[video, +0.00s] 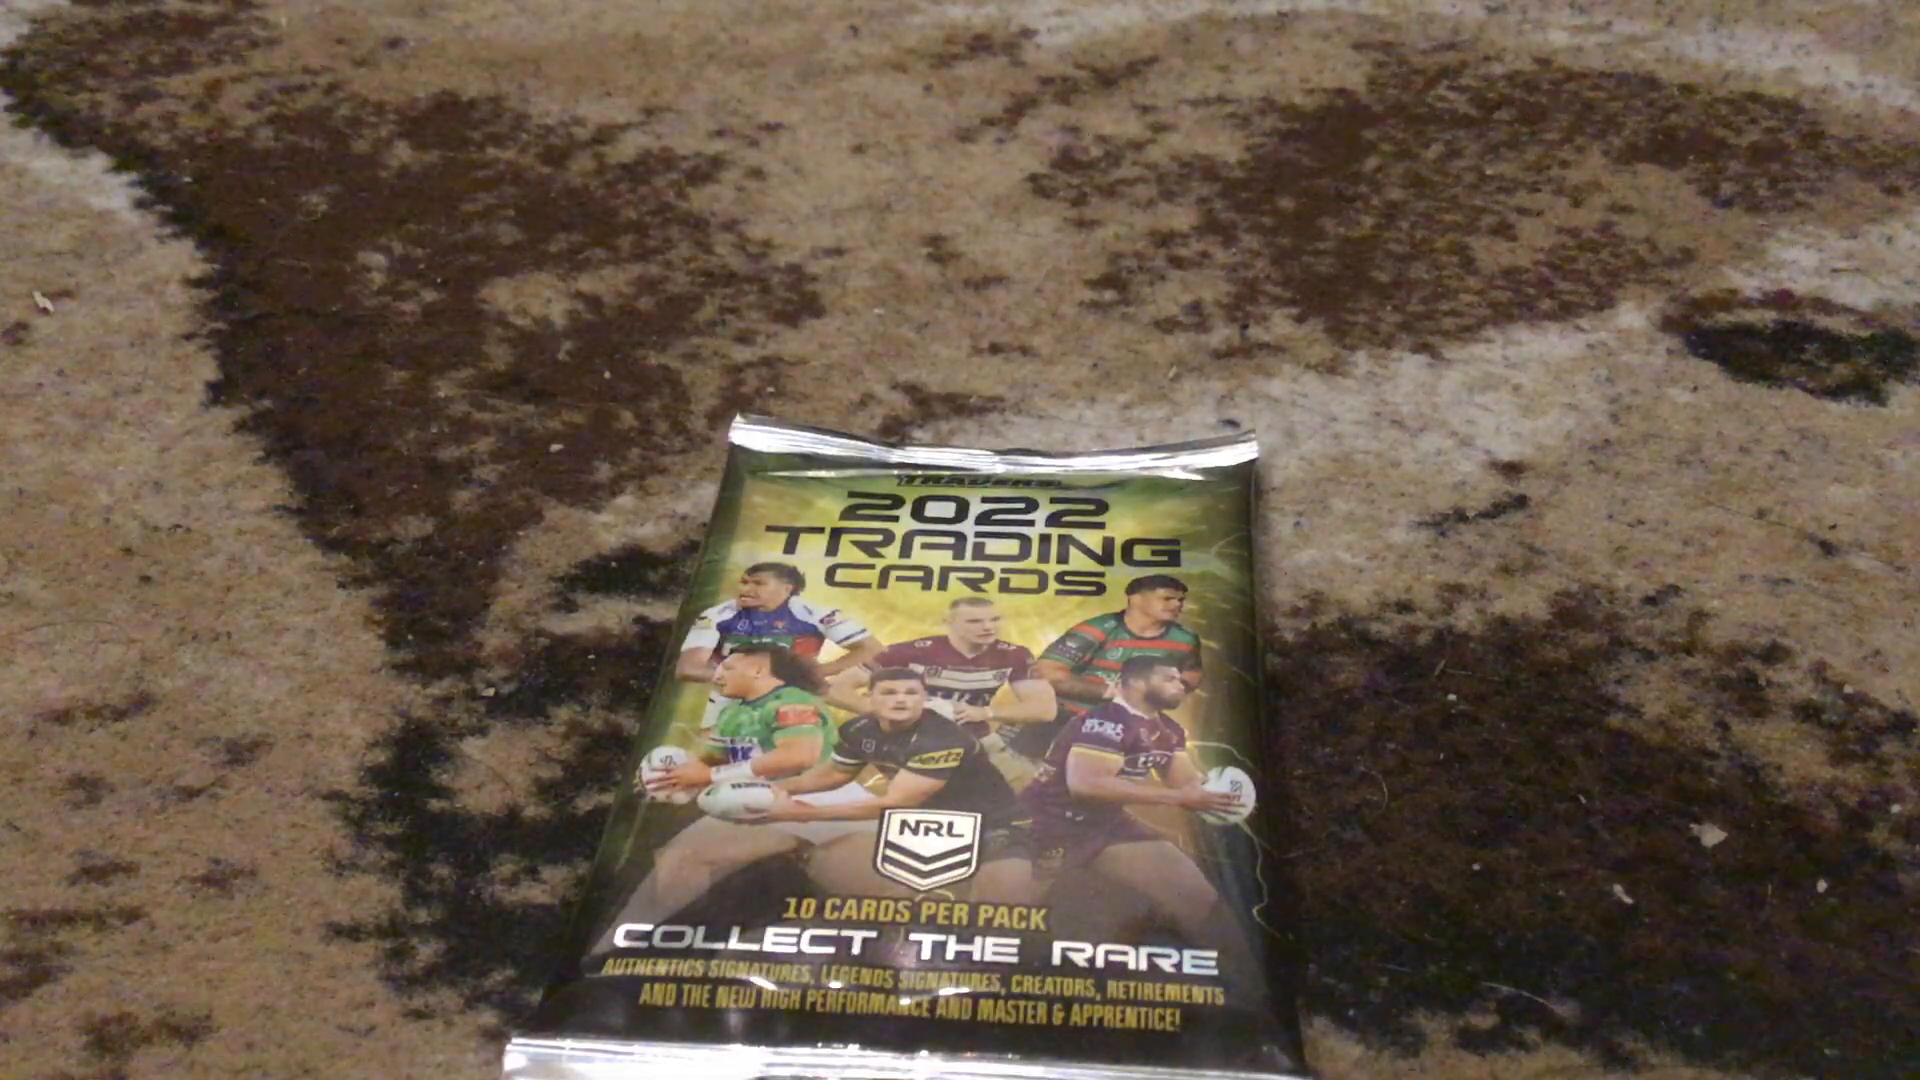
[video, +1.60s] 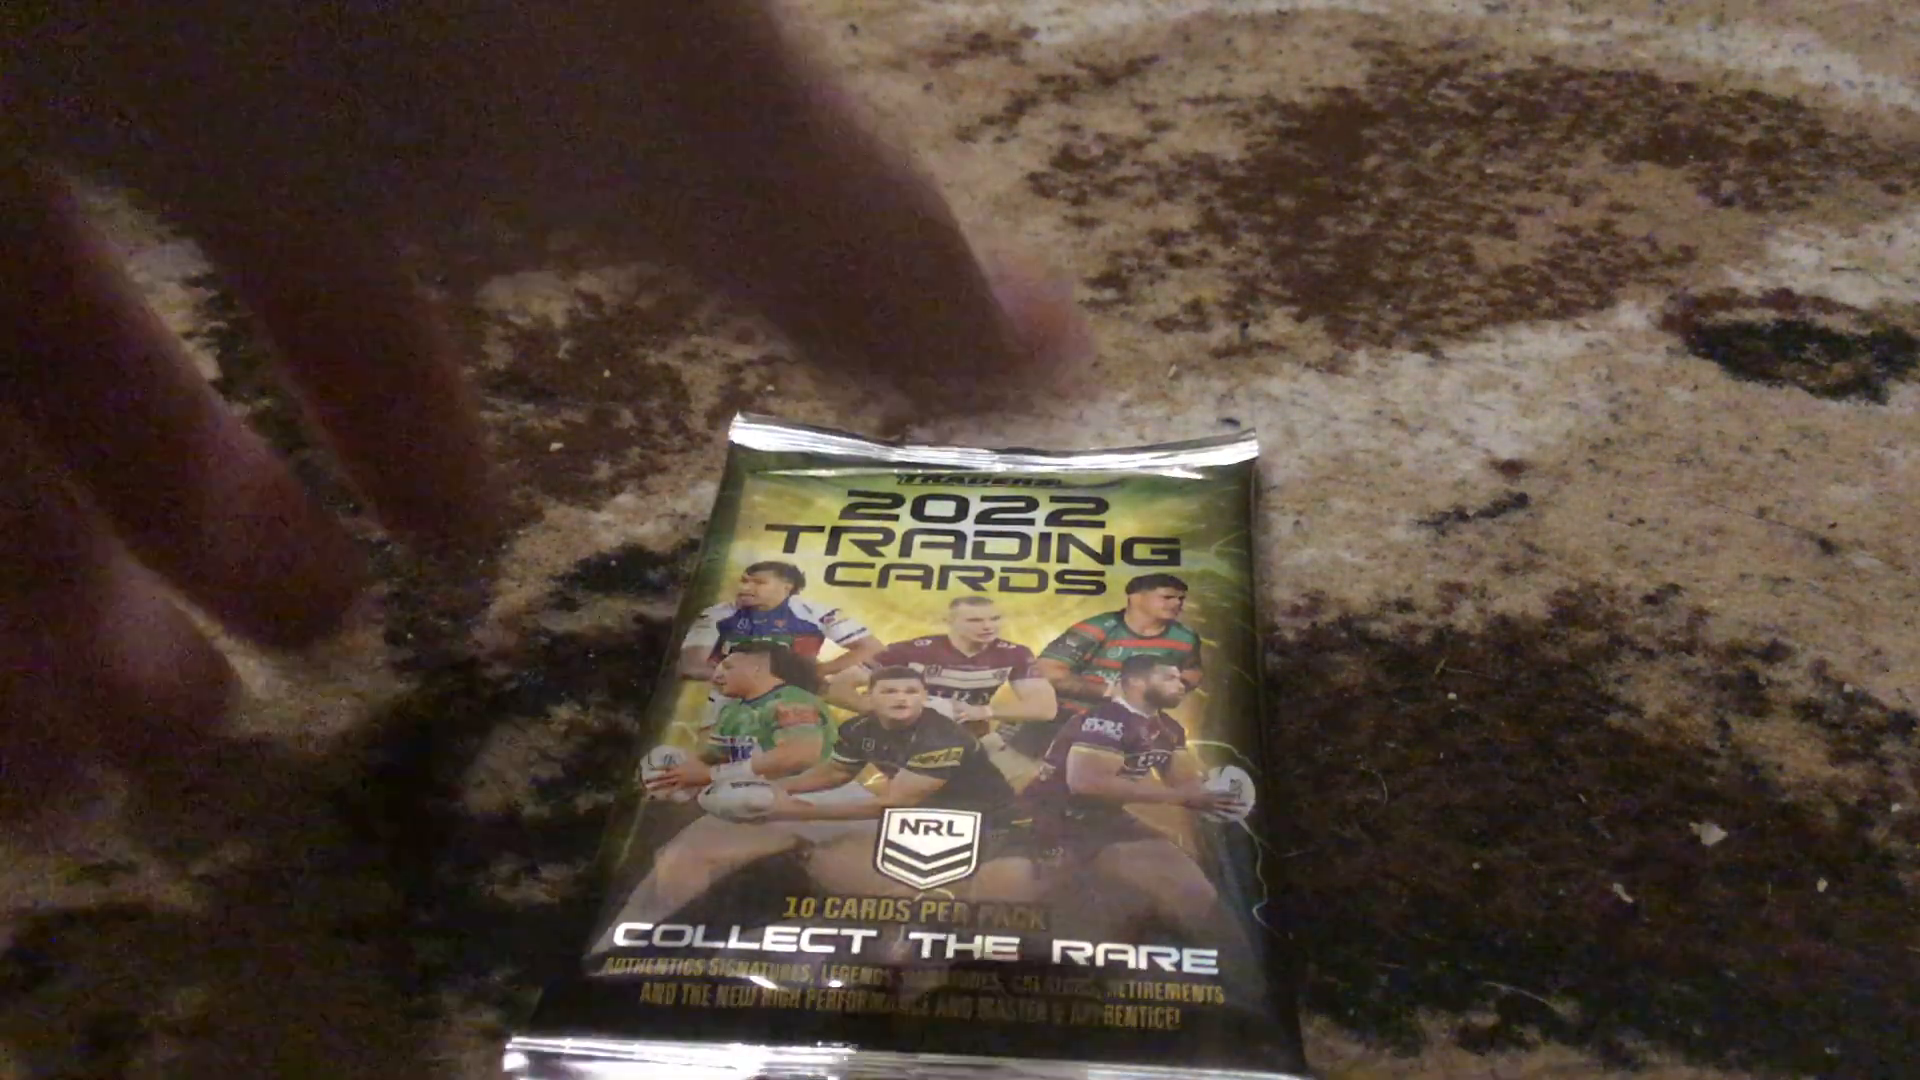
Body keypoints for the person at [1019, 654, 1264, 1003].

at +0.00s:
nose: (1180, 683)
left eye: (1178, 678)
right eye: (1169, 678)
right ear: (1134, 682)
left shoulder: (1169, 733)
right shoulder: (1106, 720)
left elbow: (1187, 785)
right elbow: (1084, 782)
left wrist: (1225, 798)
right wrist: (1179, 796)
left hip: (1103, 825)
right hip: (1041, 824)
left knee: (1197, 898)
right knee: (998, 924)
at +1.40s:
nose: (1180, 683)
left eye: (1178, 678)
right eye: (1169, 677)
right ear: (1134, 681)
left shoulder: (1168, 732)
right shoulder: (1106, 719)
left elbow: (1188, 784)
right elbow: (1085, 781)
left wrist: (1225, 798)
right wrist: (1180, 796)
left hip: (1106, 825)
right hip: (1047, 825)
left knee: (1196, 897)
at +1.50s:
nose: (1180, 683)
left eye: (1178, 677)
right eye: (1169, 677)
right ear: (1134, 681)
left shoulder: (1170, 731)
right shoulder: (1107, 719)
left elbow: (1188, 784)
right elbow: (1084, 780)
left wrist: (1220, 798)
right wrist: (1182, 796)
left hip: (1109, 822)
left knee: (1195, 896)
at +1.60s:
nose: (1181, 683)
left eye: (1178, 677)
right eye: (1169, 677)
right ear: (1134, 682)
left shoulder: (1169, 731)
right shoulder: (1107, 718)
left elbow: (1186, 783)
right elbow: (1084, 780)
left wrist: (1221, 797)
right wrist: (1182, 796)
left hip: (1106, 820)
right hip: (1058, 819)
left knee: (1194, 895)